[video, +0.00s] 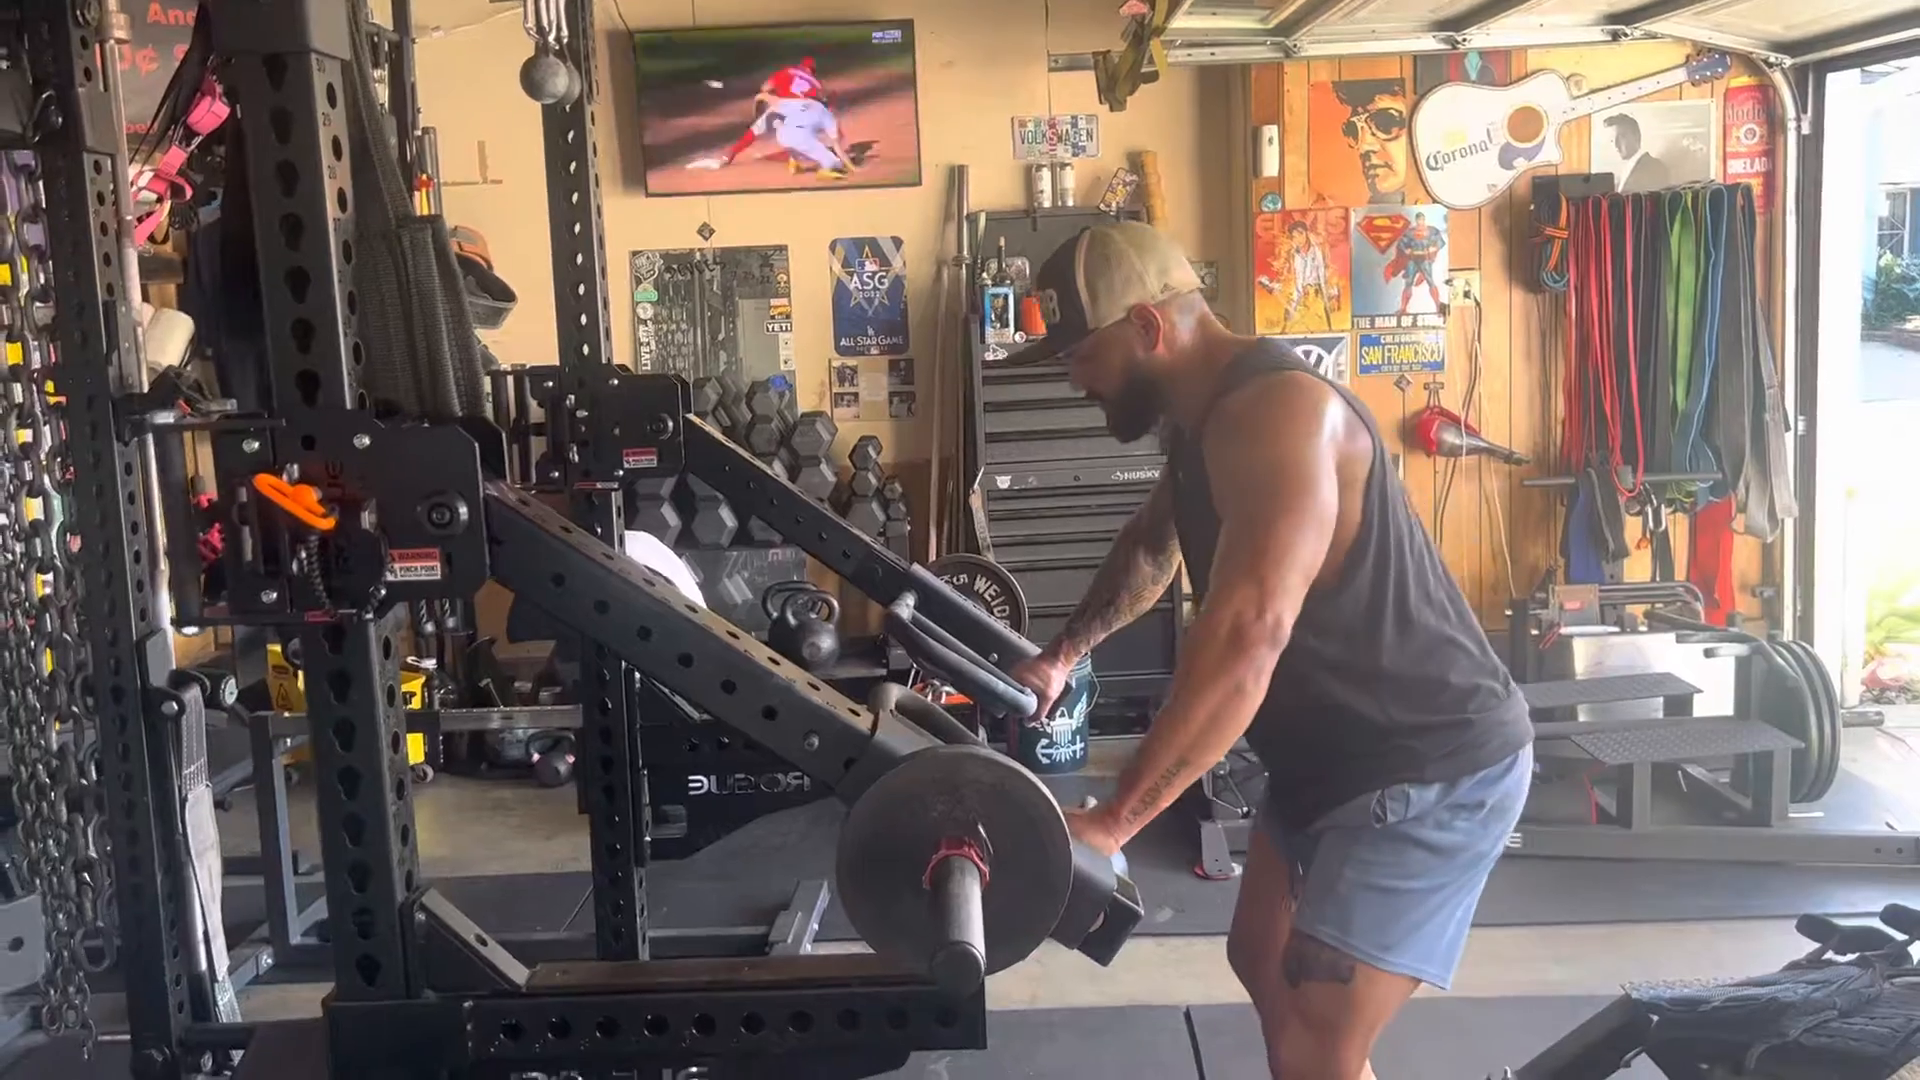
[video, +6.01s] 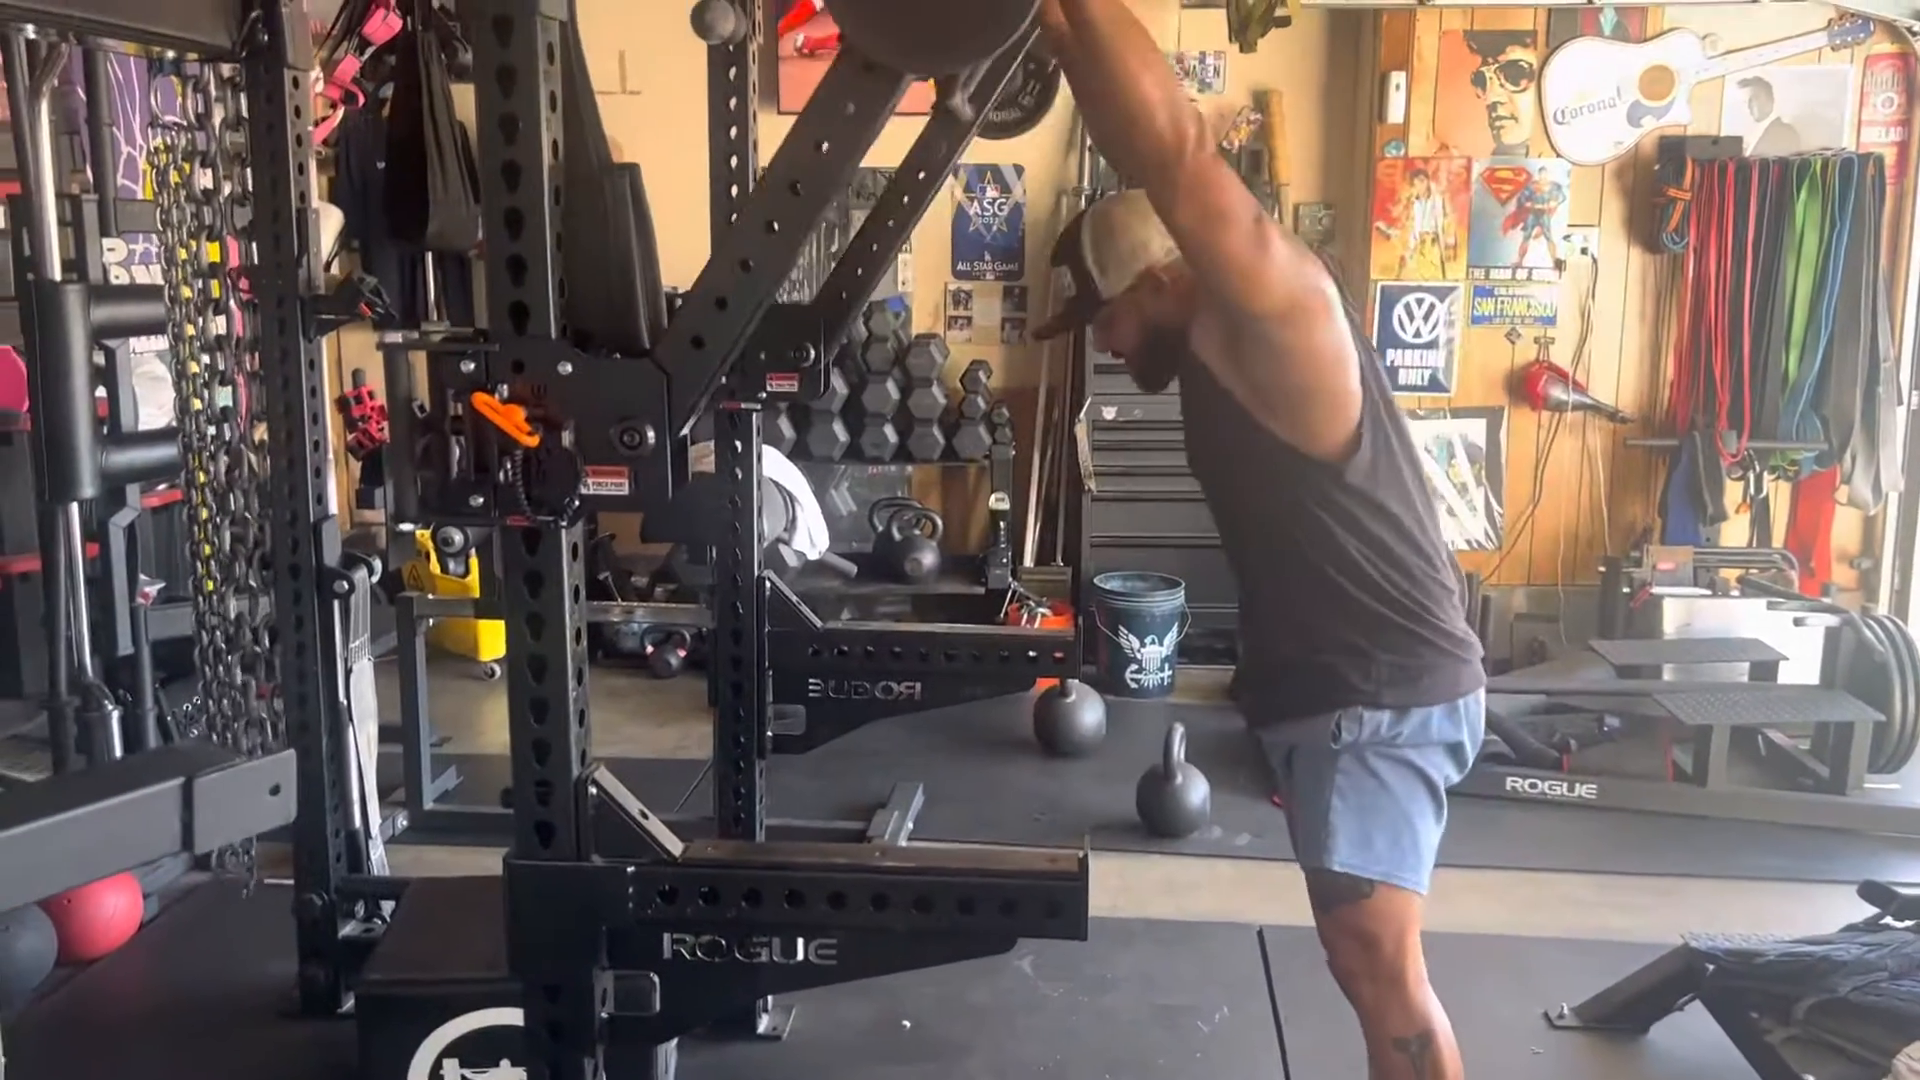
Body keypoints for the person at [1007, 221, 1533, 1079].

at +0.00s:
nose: (1072, 378)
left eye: (1080, 349)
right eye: (1065, 357)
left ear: (1152, 326)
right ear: (1155, 328)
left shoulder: (1277, 407)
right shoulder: (1208, 414)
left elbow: (1250, 629)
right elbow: (1154, 542)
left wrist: (1117, 818)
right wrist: (1063, 655)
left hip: (1428, 764)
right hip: (1332, 757)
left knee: (1319, 1045)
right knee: (1263, 958)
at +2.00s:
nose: (1026, 320)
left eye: (1030, 287)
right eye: (1016, 292)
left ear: (1097, 253)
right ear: (1097, 255)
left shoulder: (1212, 325)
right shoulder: (1153, 335)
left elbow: (1292, 300)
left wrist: (1125, 127)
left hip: (1269, 741)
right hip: (1231, 737)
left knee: (1271, 1019)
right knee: (1263, 1010)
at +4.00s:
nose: (966, 377)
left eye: (974, 350)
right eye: (962, 356)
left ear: (1028, 331)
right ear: (1033, 330)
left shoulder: (1132, 374)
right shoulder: (1087, 400)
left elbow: (1047, 215)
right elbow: (1023, 211)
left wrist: (927, 34)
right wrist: (921, 86)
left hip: (1206, 767)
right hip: (1164, 762)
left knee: (1217, 1025)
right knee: (1206, 1014)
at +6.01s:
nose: (1106, 343)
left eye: (1107, 315)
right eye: (1096, 324)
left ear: (1159, 274)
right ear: (1159, 276)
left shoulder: (1270, 300)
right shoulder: (1226, 335)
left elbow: (1171, 145)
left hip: (1381, 693)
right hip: (1328, 687)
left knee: (1375, 959)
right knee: (1367, 951)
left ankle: (1420, 1068)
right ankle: (1408, 1061)